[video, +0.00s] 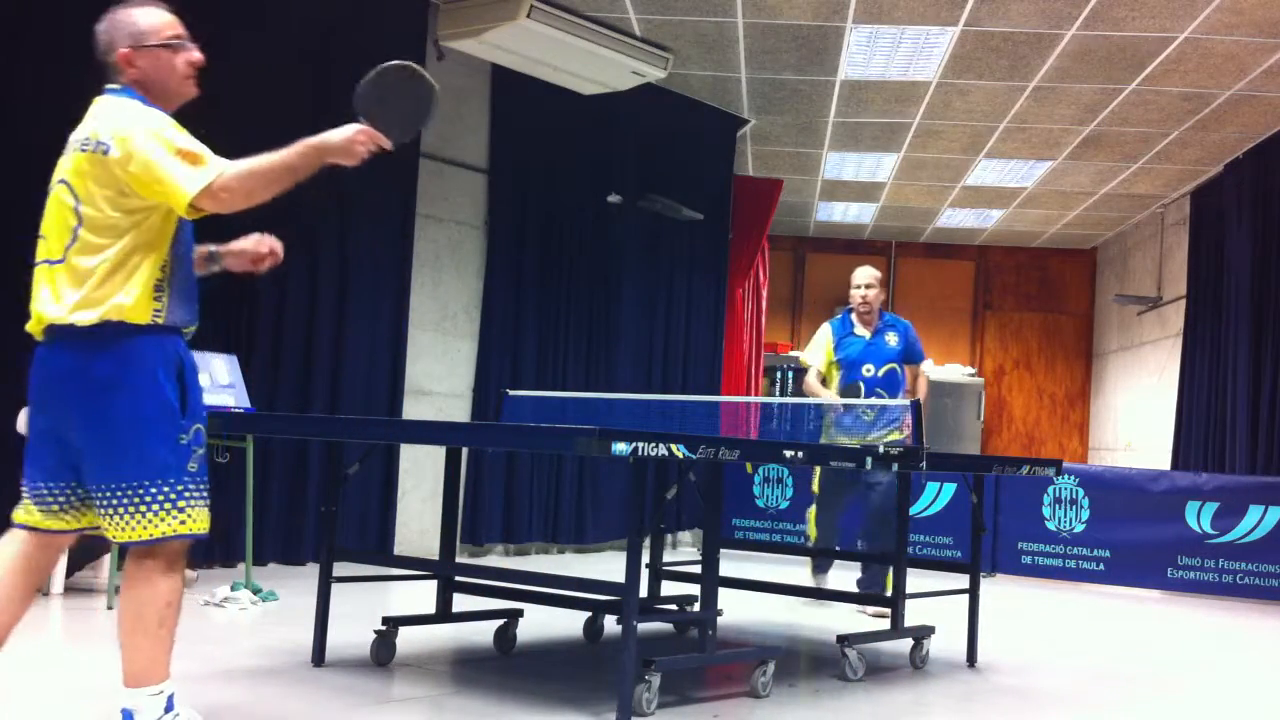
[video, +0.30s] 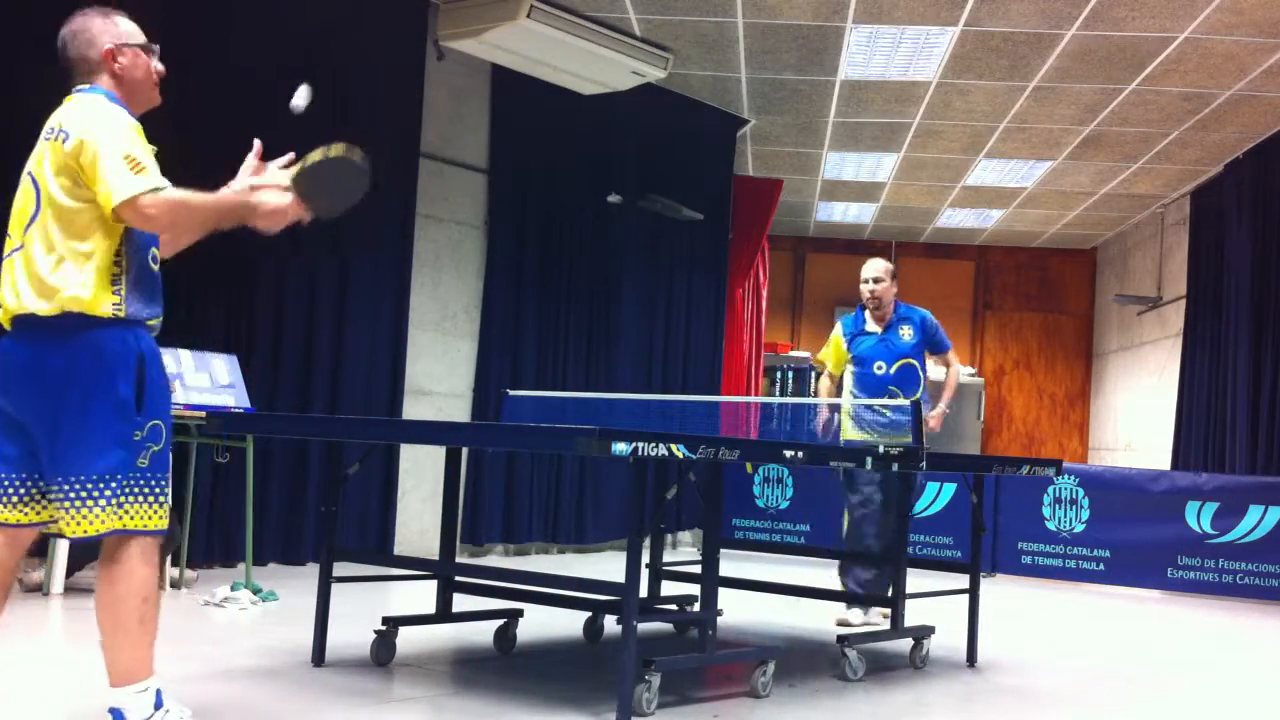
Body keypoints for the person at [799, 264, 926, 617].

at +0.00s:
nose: (862, 293)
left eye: (870, 287)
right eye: (857, 287)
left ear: (883, 292)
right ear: (849, 292)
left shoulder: (902, 330)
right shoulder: (831, 331)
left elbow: (918, 375)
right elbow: (809, 379)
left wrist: (915, 418)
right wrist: (830, 397)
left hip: (888, 441)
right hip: (840, 440)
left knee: (883, 514)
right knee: (829, 509)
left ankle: (872, 592)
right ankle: (820, 566)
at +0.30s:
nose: (869, 288)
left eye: (877, 281)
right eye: (864, 282)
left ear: (894, 285)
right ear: (858, 287)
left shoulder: (920, 321)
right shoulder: (846, 328)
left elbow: (953, 365)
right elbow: (829, 376)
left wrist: (941, 408)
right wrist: (824, 408)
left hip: (905, 439)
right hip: (859, 438)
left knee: (895, 517)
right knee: (864, 513)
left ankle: (880, 601)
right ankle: (859, 602)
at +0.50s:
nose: (873, 291)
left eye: (881, 283)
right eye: (867, 284)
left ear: (899, 287)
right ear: (862, 289)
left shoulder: (928, 320)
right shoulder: (854, 333)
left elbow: (967, 364)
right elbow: (838, 383)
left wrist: (954, 409)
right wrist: (833, 409)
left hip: (925, 441)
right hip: (872, 443)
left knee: (948, 503)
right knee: (862, 520)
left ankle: (922, 572)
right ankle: (865, 606)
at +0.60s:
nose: (879, 289)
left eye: (887, 281)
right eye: (874, 282)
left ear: (906, 284)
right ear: (869, 287)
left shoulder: (936, 315)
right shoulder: (862, 329)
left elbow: (982, 351)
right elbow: (850, 379)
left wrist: (967, 395)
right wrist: (848, 403)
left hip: (936, 432)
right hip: (886, 438)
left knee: (961, 504)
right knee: (864, 514)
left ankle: (966, 592)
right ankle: (865, 606)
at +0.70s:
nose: (890, 292)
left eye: (898, 284)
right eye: (885, 286)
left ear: (917, 288)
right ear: (879, 291)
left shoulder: (947, 316)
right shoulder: (874, 332)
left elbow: (997, 353)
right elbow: (865, 382)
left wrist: (980, 397)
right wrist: (865, 406)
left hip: (947, 433)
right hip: (896, 437)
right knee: (872, 509)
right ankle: (864, 605)